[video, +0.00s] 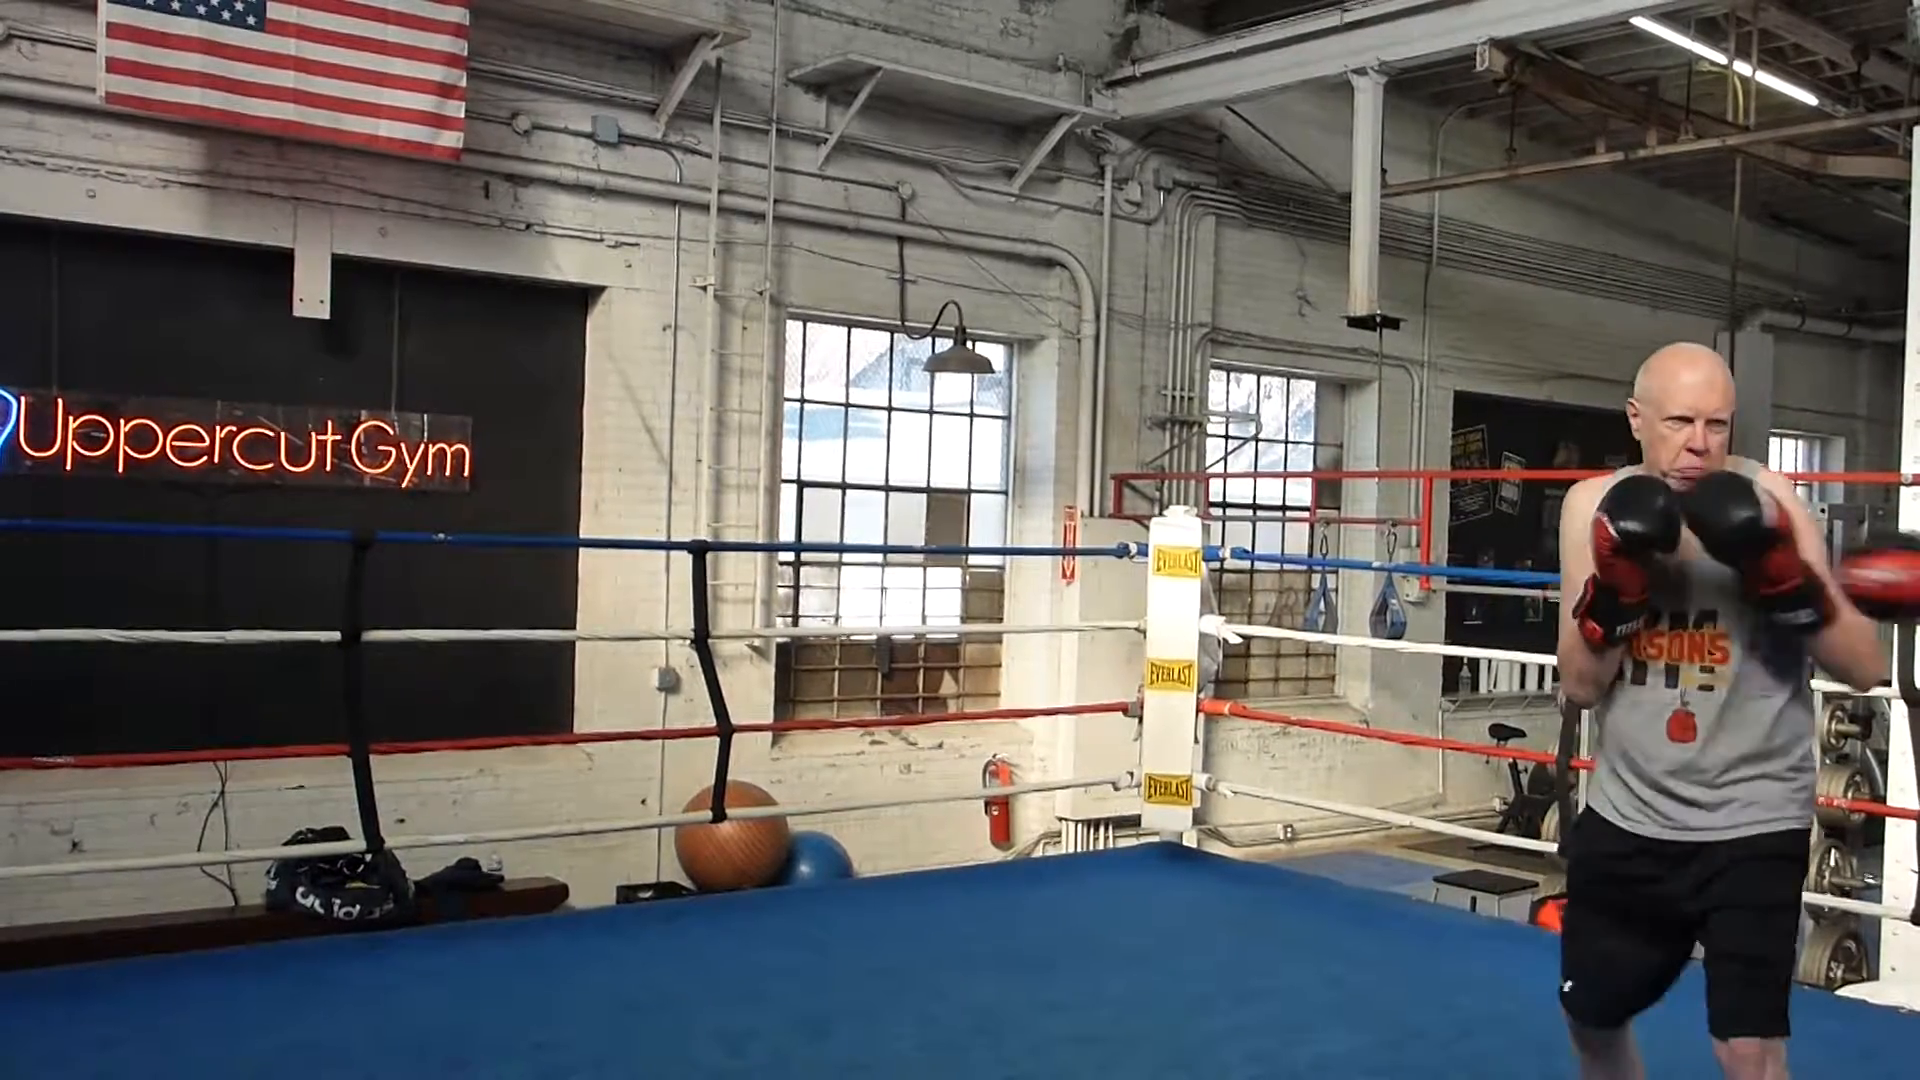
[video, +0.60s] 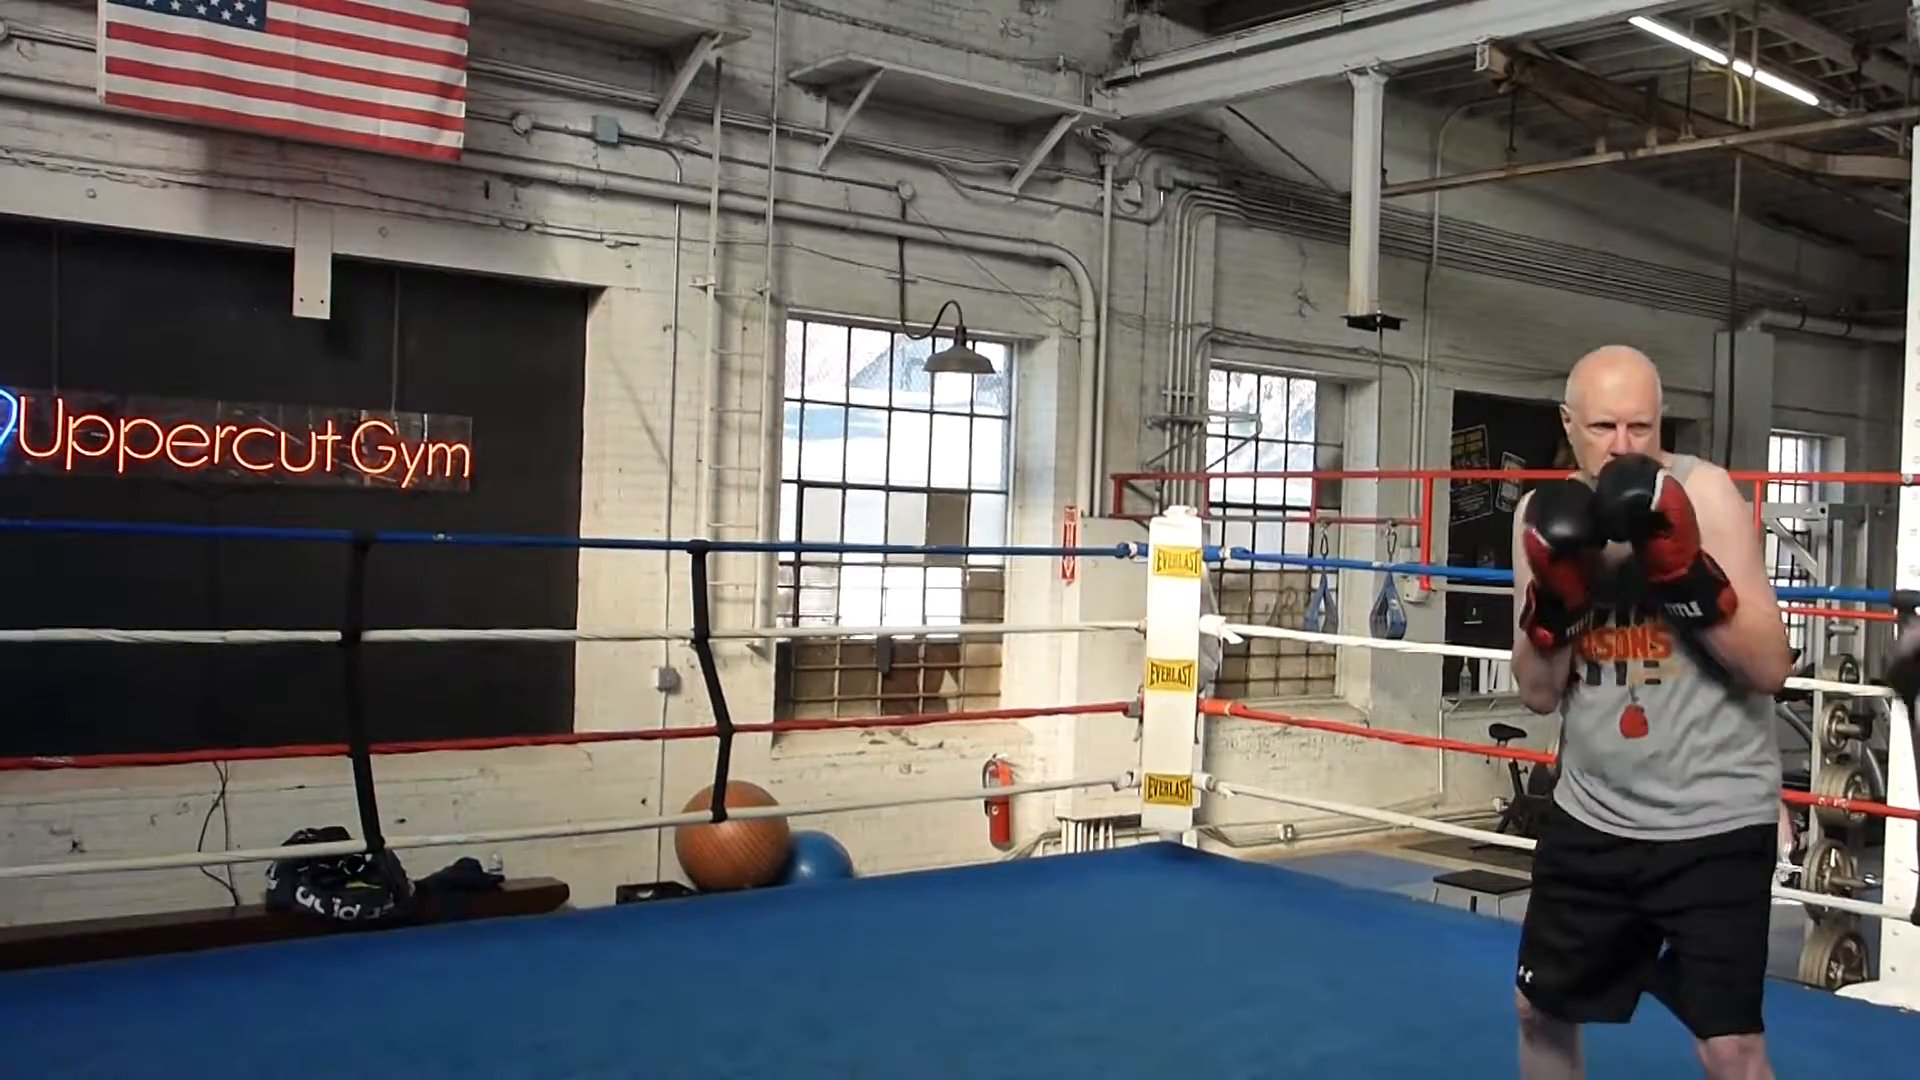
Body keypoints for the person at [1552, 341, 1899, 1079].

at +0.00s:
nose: (1700, 441)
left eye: (1717, 423)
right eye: (1680, 420)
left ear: (1735, 425)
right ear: (1637, 418)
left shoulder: (1773, 500)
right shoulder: (1592, 503)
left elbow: (1870, 669)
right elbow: (1579, 684)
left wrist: (1792, 582)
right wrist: (1614, 600)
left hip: (1757, 809)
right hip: (1629, 804)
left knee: (1747, 1045)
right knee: (1591, 1016)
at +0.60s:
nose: (1623, 446)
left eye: (1640, 426)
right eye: (1603, 426)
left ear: (1663, 424)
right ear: (1569, 425)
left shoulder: (1707, 491)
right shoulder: (1540, 514)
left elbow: (1768, 667)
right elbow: (1538, 689)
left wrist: (1682, 577)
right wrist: (1556, 609)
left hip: (1718, 814)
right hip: (1592, 809)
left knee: (1729, 1047)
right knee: (1540, 1009)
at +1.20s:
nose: (1728, 432)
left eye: (1737, 415)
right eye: (1709, 413)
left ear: (1746, 420)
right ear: (1645, 414)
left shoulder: (1759, 509)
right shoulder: (1578, 499)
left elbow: (1781, 688)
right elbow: (1567, 674)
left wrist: (1756, 576)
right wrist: (1634, 578)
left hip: (1728, 835)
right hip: (1587, 828)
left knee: (1761, 1055)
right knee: (1541, 1026)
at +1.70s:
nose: (1739, 466)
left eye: (1741, 447)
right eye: (1731, 441)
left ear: (1672, 426)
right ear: (1675, 422)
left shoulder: (1659, 538)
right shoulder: (1593, 508)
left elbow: (1702, 682)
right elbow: (1635, 690)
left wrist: (1752, 581)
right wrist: (1720, 581)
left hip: (1660, 831)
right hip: (1565, 827)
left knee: (1743, 1038)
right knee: (1535, 1058)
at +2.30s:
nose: (1715, 474)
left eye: (1719, 456)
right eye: (1717, 452)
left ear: (1631, 431)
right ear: (1688, 434)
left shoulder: (1593, 501)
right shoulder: (1648, 513)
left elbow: (1655, 657)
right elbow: (1693, 679)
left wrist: (1732, 593)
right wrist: (1737, 588)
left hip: (1586, 799)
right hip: (1599, 810)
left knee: (1676, 967)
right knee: (1586, 1038)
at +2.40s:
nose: (1736, 464)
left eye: (1736, 450)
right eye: (1736, 447)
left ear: (1653, 434)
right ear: (1717, 437)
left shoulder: (1615, 499)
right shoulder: (1694, 515)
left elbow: (1660, 645)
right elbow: (1734, 679)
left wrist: (1744, 566)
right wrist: (1770, 584)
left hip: (1592, 787)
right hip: (1630, 799)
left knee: (1694, 962)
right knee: (1663, 1031)